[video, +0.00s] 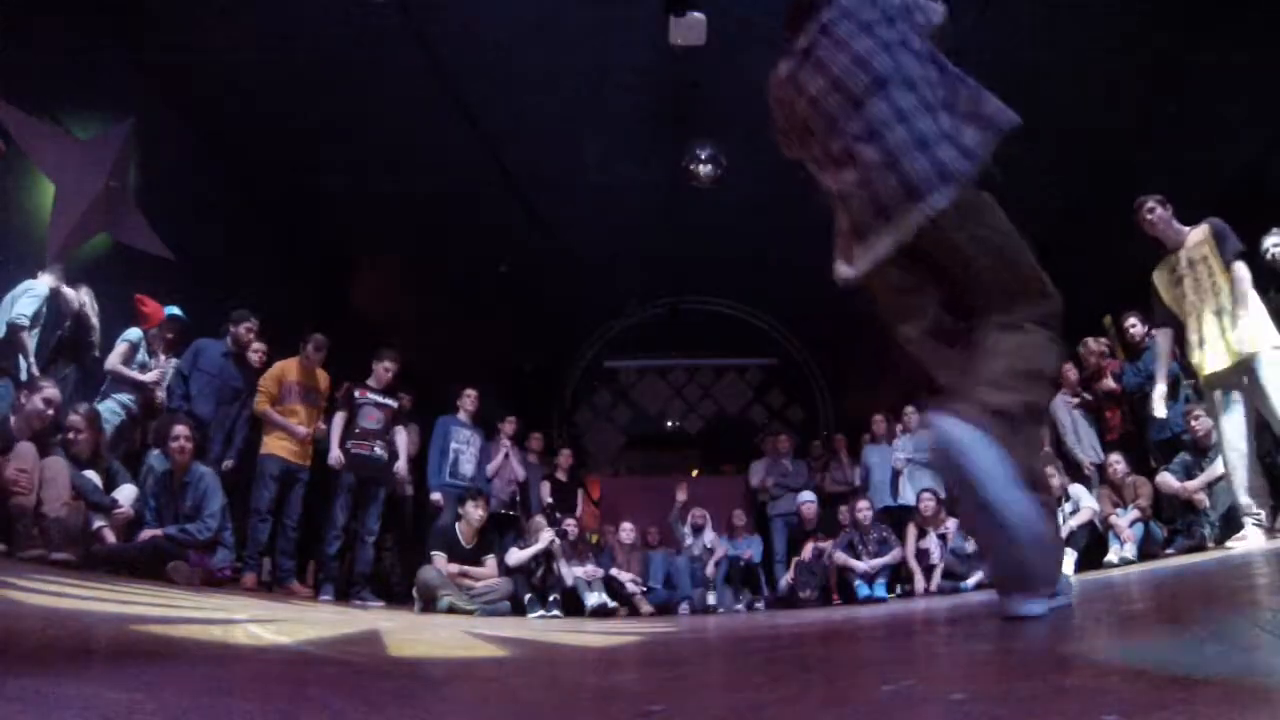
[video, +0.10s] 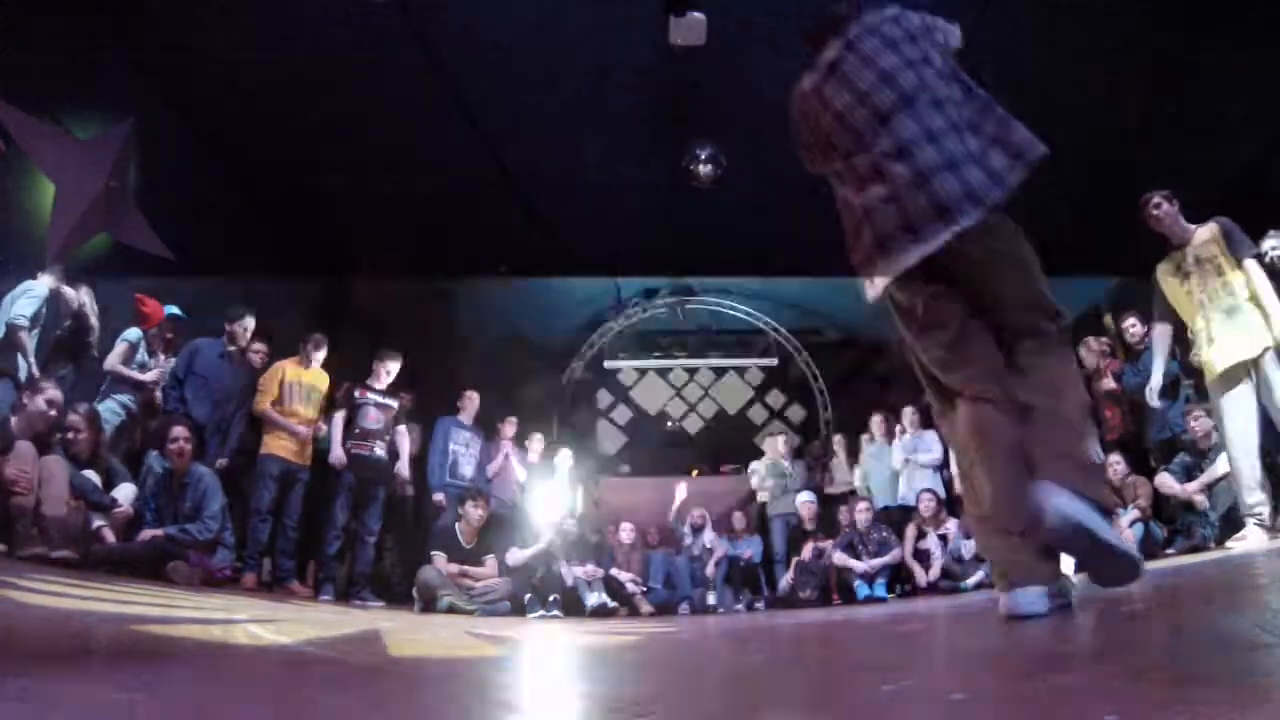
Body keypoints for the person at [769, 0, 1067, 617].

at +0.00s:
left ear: (788, 26)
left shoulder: (784, 85)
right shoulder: (869, 10)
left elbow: (806, 156)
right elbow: (935, 14)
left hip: (871, 249)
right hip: (939, 194)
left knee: (969, 382)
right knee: (1026, 312)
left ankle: (1026, 571)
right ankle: (982, 425)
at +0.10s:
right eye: (864, 9)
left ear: (809, 37)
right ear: (857, 8)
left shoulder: (807, 98)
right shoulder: (896, 22)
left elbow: (818, 164)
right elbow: (950, 38)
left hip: (894, 258)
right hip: (968, 213)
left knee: (970, 395)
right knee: (1038, 340)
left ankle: (1022, 577)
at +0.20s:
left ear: (826, 61)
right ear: (867, 30)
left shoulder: (828, 103)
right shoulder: (915, 37)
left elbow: (829, 164)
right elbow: (958, 50)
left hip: (908, 238)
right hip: (989, 202)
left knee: (974, 391)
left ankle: (1030, 575)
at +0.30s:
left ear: (848, 77)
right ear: (889, 52)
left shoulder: (847, 118)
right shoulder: (935, 61)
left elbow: (837, 169)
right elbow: (963, 63)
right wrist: (898, 66)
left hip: (922, 252)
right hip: (1003, 223)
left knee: (974, 395)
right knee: (1061, 373)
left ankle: (1026, 569)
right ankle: (1103, 546)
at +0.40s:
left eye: (881, 84)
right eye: (900, 73)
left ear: (873, 91)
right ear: (914, 70)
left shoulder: (868, 132)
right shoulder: (954, 81)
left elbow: (851, 190)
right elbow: (979, 95)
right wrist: (930, 74)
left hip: (941, 272)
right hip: (1016, 247)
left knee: (986, 397)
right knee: (1067, 385)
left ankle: (1019, 539)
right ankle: (1097, 545)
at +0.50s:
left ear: (890, 105)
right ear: (931, 84)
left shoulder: (881, 149)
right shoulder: (971, 97)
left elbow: (861, 217)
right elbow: (984, 98)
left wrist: (908, 234)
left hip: (958, 292)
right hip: (1029, 263)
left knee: (1002, 409)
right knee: (1071, 396)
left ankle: (1021, 484)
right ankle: (1095, 551)